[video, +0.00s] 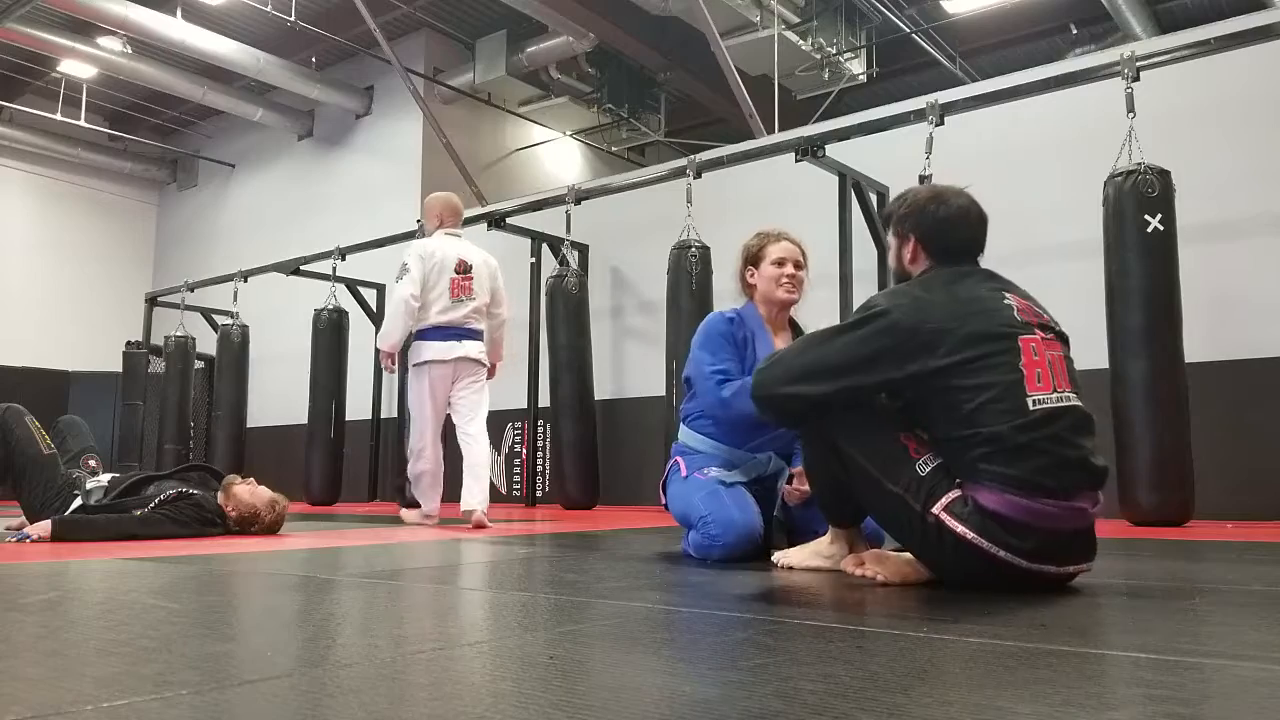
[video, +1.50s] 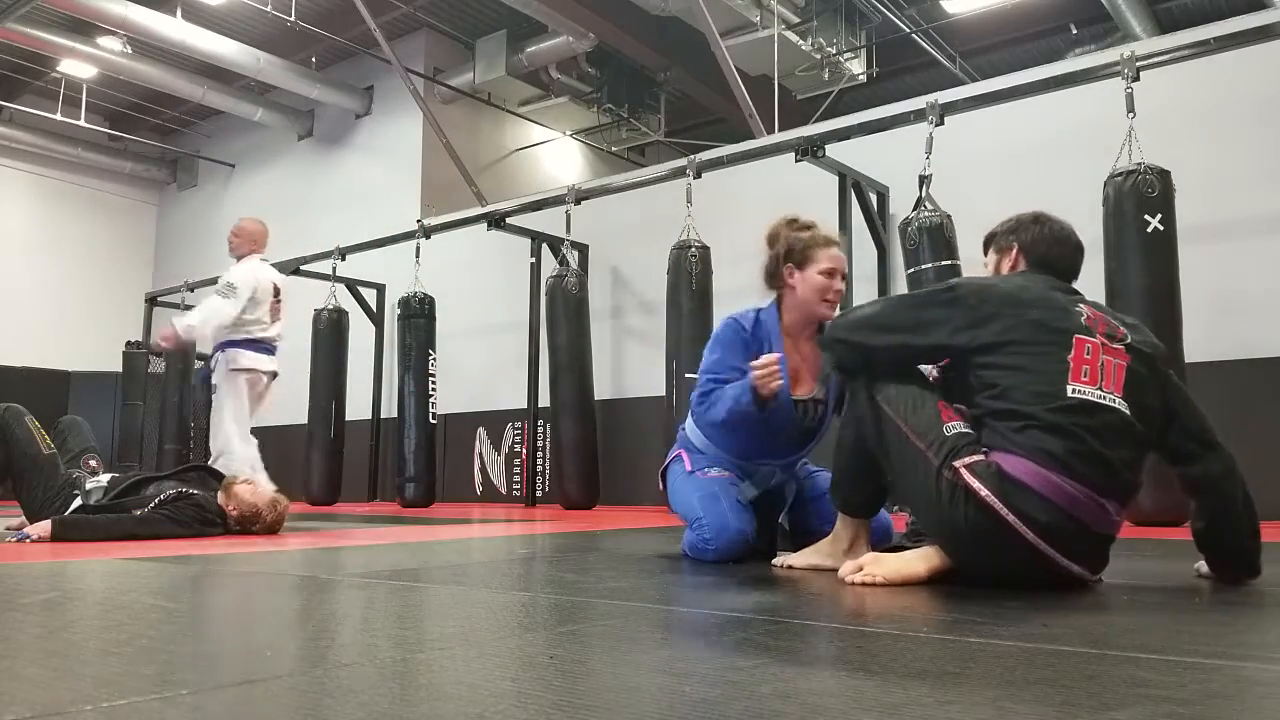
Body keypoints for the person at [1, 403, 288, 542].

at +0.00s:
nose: (248, 477)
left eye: (250, 488)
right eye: (256, 483)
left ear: (235, 510)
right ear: (236, 504)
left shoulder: (199, 513)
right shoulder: (214, 487)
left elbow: (130, 525)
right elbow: (150, 485)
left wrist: (56, 526)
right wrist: (112, 481)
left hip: (69, 500)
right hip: (99, 486)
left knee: (11, 415)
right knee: (69, 422)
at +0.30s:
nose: (248, 476)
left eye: (251, 487)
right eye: (257, 483)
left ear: (234, 510)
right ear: (236, 505)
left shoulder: (199, 513)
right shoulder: (215, 487)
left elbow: (130, 525)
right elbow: (150, 486)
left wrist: (56, 526)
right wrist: (112, 481)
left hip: (69, 500)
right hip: (99, 485)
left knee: (11, 414)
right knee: (69, 422)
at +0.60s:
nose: (248, 477)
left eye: (250, 488)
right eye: (256, 483)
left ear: (234, 510)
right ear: (235, 504)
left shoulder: (199, 513)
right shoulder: (216, 490)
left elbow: (130, 524)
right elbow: (153, 483)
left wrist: (54, 526)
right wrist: (111, 477)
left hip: (69, 500)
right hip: (101, 485)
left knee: (12, 414)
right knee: (69, 421)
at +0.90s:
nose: (248, 476)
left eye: (251, 487)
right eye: (257, 483)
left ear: (234, 510)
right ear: (236, 505)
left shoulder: (199, 514)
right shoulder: (217, 489)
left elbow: (130, 525)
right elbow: (155, 483)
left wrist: (56, 526)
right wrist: (115, 478)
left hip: (70, 501)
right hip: (103, 485)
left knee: (11, 414)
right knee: (68, 421)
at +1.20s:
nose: (247, 479)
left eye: (250, 489)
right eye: (255, 484)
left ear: (234, 510)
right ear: (236, 505)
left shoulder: (199, 513)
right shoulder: (216, 490)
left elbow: (130, 525)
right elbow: (155, 483)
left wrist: (56, 526)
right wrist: (114, 479)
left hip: (69, 501)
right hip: (101, 486)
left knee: (11, 414)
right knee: (70, 421)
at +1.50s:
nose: (251, 477)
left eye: (253, 488)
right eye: (259, 483)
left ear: (234, 508)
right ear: (237, 502)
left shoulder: (198, 514)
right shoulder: (216, 483)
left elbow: (129, 525)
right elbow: (155, 483)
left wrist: (57, 526)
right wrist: (115, 481)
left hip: (69, 500)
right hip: (102, 484)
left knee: (11, 414)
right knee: (70, 422)